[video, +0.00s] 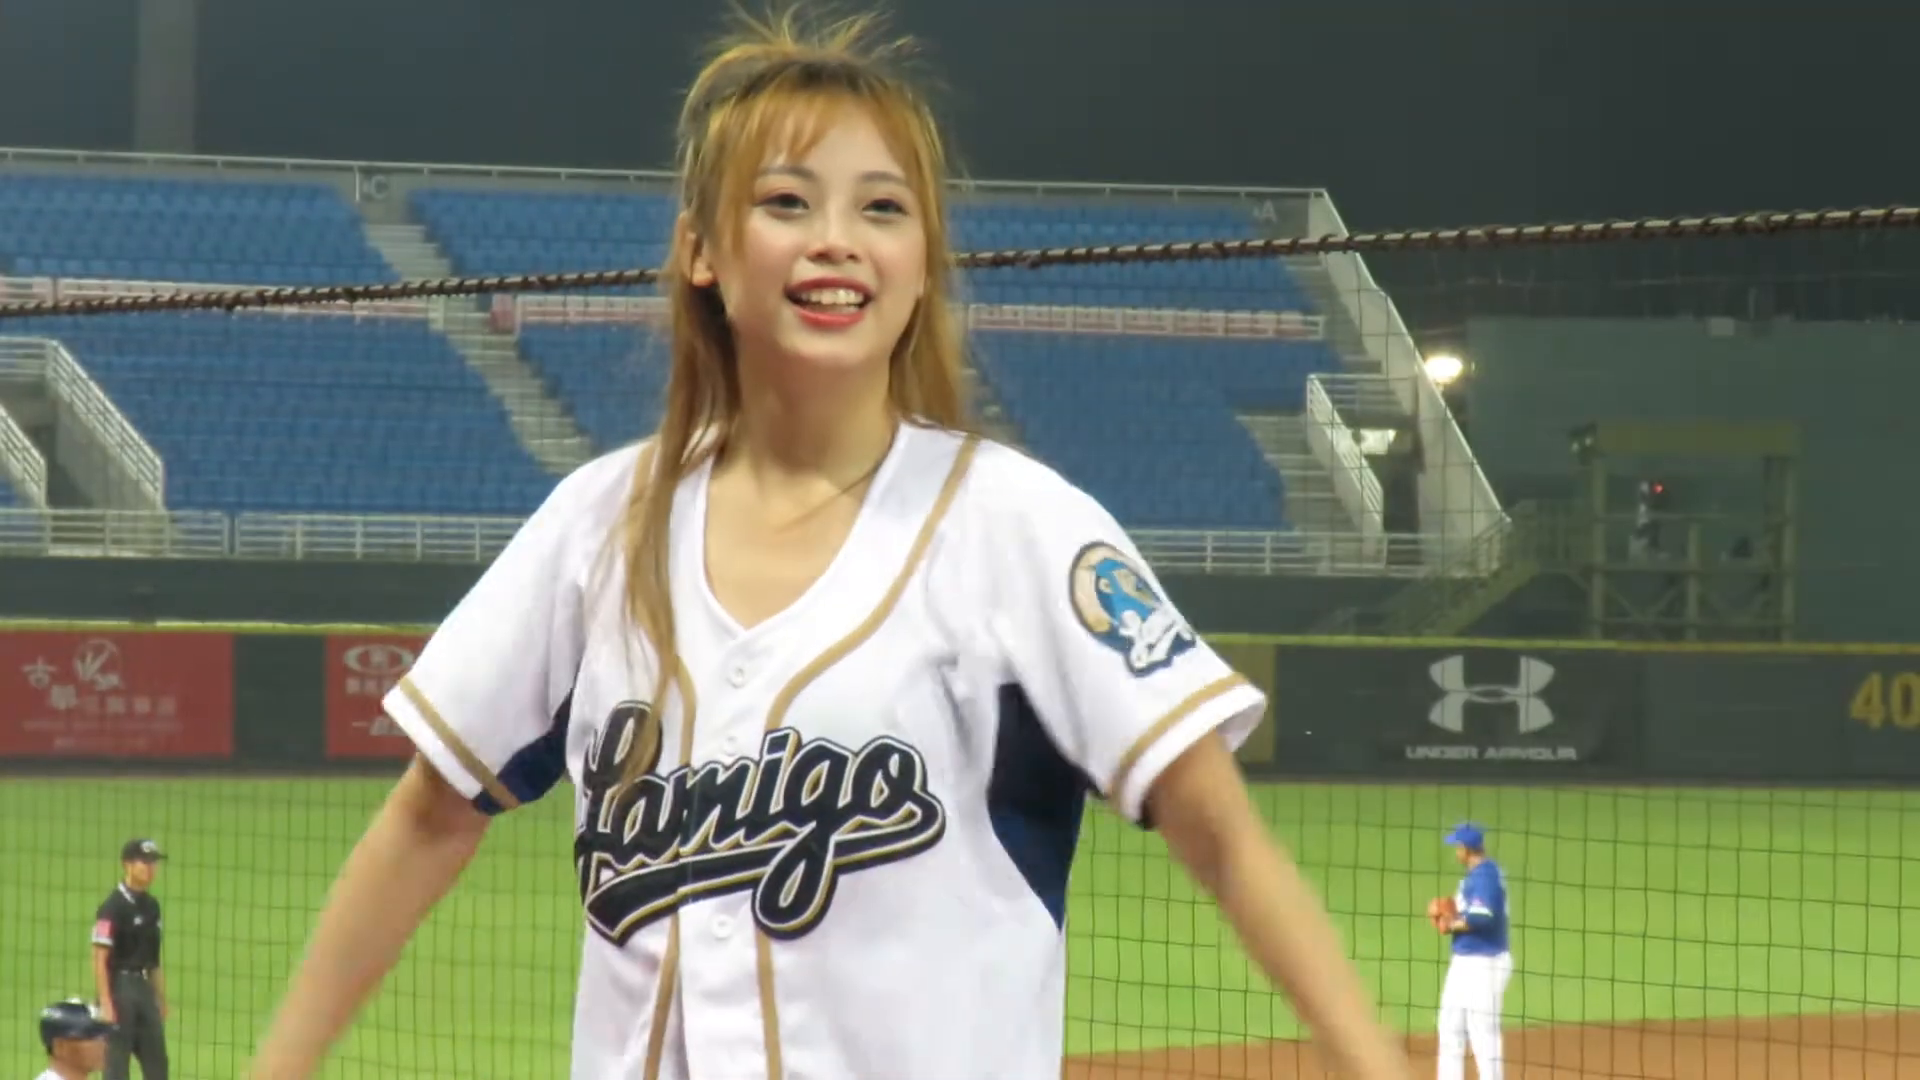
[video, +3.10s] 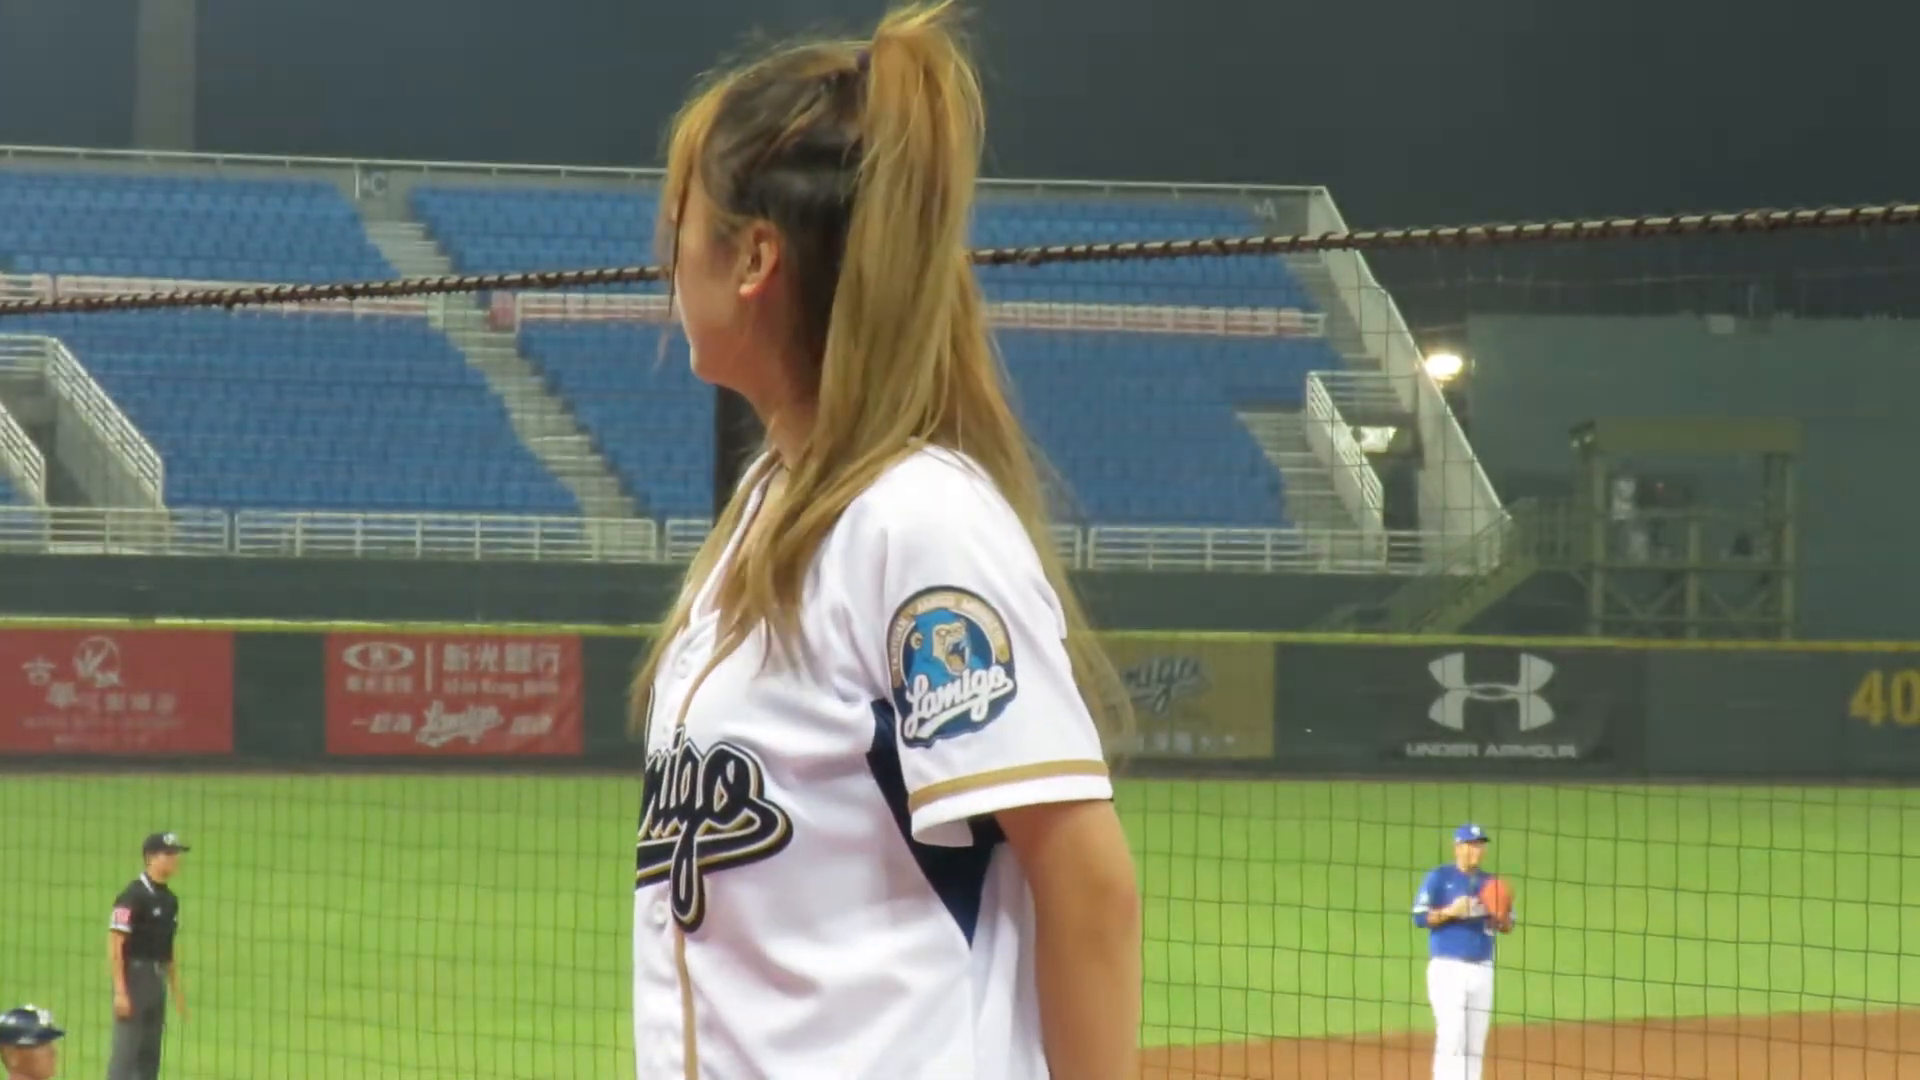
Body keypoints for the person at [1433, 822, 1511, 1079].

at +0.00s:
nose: (1456, 853)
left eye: (1458, 848)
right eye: (1456, 848)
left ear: (1469, 848)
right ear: (1472, 848)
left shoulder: (1485, 874)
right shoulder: (1471, 876)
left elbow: (1484, 916)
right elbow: (1466, 908)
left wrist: (1453, 924)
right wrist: (1447, 911)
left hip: (1487, 961)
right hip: (1464, 959)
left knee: (1483, 1029)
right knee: (1450, 1027)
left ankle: (1491, 1075)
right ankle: (1449, 1075)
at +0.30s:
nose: (1426, 861)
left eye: (1429, 855)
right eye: (1425, 856)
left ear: (1442, 852)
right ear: (1437, 853)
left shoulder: (1468, 874)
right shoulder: (1437, 880)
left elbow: (1473, 916)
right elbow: (1436, 914)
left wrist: (1434, 925)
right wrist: (1420, 919)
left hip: (1466, 964)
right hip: (1437, 964)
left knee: (1473, 1037)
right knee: (1424, 1038)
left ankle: (1486, 1075)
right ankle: (1413, 1076)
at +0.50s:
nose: (1409, 862)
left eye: (1412, 856)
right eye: (1406, 857)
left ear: (1426, 850)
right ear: (1404, 855)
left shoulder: (1450, 870)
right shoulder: (1406, 878)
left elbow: (1470, 909)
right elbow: (1398, 917)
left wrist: (1432, 931)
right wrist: (1399, 937)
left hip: (1451, 961)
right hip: (1419, 962)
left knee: (1453, 1034)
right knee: (1414, 1037)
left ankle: (1477, 1077)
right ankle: (1411, 1078)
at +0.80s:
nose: (1408, 867)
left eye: (1412, 861)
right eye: (1404, 862)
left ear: (1421, 854)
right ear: (1396, 857)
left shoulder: (1439, 871)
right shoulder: (1384, 877)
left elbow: (1458, 912)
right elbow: (1366, 914)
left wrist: (1454, 953)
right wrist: (1376, 955)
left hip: (1437, 959)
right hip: (1404, 962)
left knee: (1440, 1032)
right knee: (1406, 1033)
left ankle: (1441, 1076)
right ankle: (1407, 1076)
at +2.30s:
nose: (1436, 869)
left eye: (1439, 865)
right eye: (1433, 864)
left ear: (1442, 860)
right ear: (1419, 855)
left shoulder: (1443, 879)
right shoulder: (1394, 877)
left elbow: (1456, 916)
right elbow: (1377, 918)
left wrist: (1467, 943)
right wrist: (1410, 945)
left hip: (1441, 964)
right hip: (1405, 965)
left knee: (1454, 1036)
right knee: (1406, 1040)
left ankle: (1447, 1076)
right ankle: (1403, 1077)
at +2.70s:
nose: (1460, 863)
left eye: (1463, 858)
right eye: (1455, 857)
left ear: (1467, 856)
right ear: (1441, 852)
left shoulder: (1470, 882)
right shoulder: (1420, 877)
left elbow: (1480, 925)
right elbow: (1405, 917)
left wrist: (1469, 923)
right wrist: (1446, 923)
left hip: (1460, 967)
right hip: (1425, 966)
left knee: (1464, 1044)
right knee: (1421, 1043)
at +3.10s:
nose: (1476, 850)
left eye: (1480, 845)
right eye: (1471, 844)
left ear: (1484, 849)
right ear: (1458, 847)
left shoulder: (1489, 882)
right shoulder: (1439, 877)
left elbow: (1507, 925)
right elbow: (1420, 917)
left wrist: (1500, 912)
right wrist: (1451, 911)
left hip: (1481, 967)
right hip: (1447, 965)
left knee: (1476, 1041)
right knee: (1451, 1038)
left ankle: (1472, 1077)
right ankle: (1447, 1077)